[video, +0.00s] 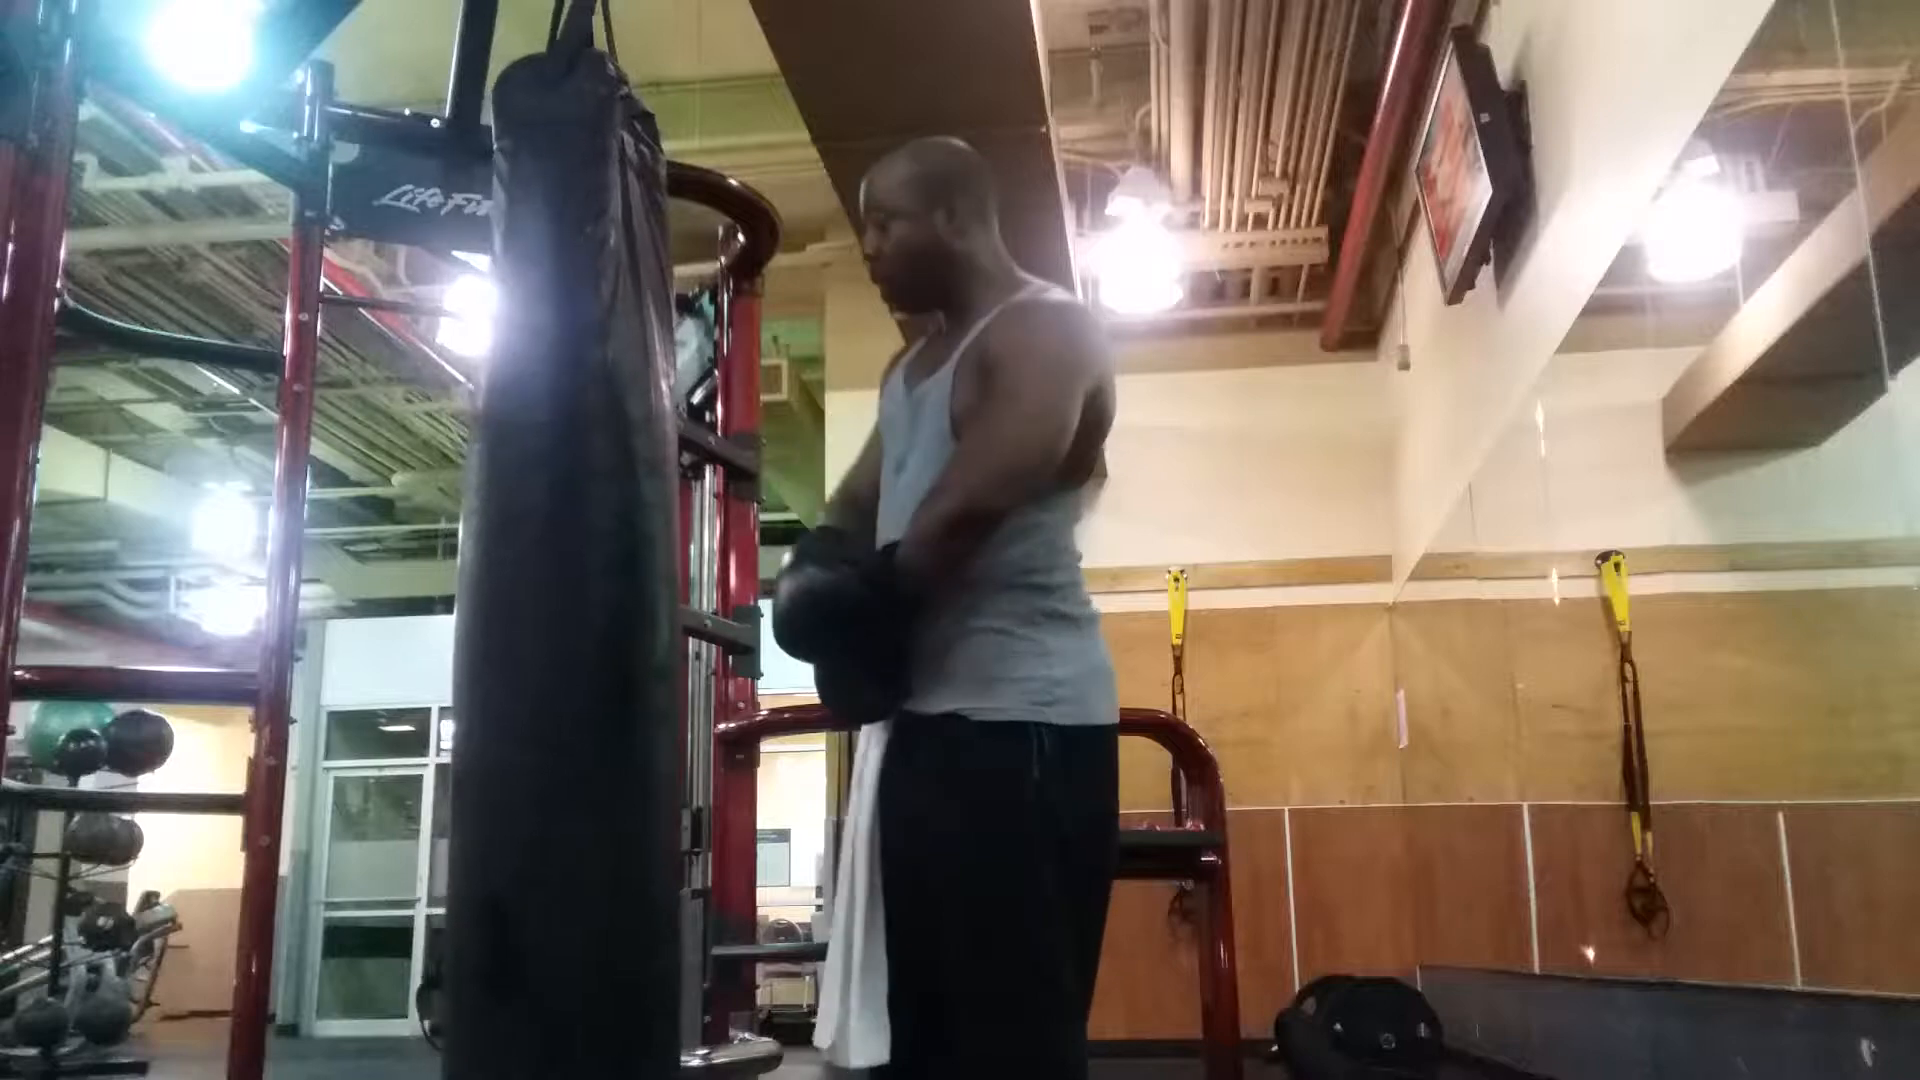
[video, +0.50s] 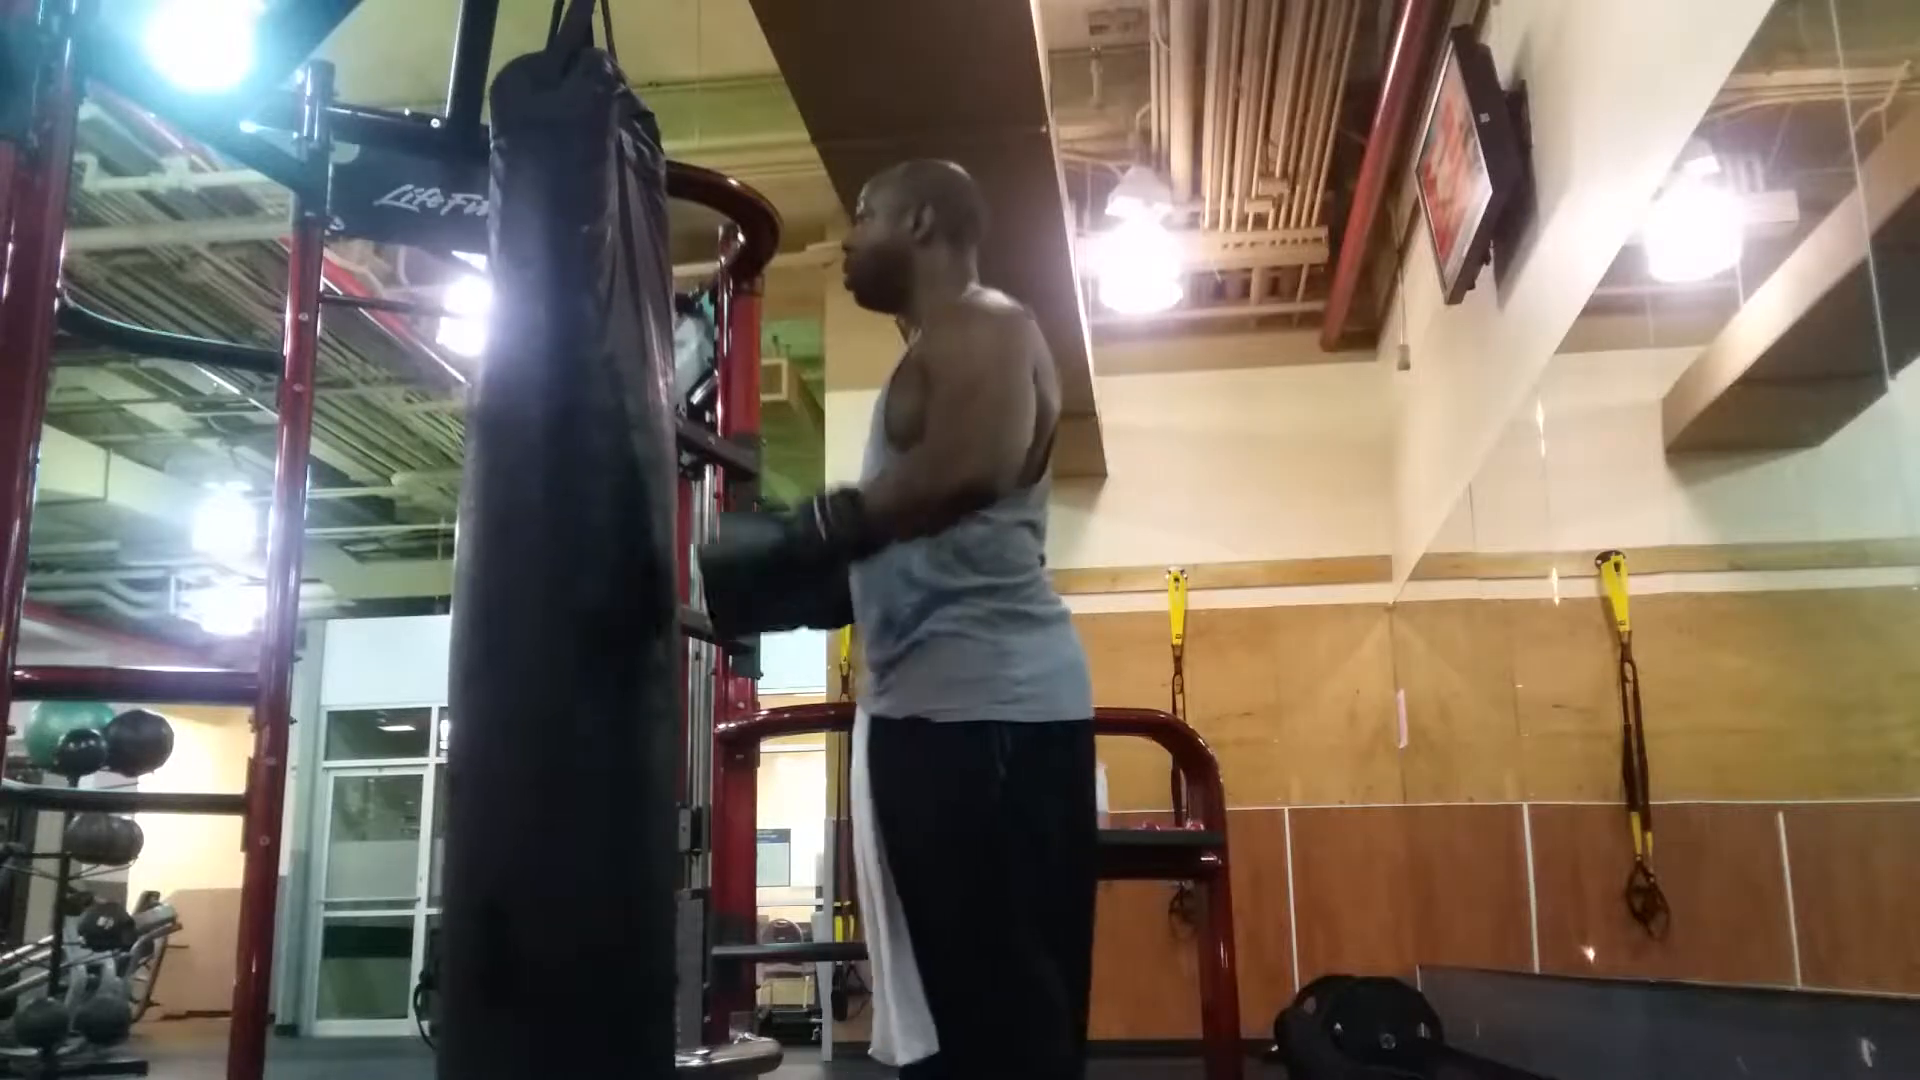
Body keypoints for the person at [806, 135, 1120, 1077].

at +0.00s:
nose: (868, 248)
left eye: (882, 225)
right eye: (865, 230)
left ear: (954, 219)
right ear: (935, 227)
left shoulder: (1042, 320)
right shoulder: (914, 366)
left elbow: (979, 501)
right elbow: (850, 511)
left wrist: (866, 609)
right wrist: (818, 584)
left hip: (1021, 727)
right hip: (926, 726)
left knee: (1005, 1033)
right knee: (923, 1027)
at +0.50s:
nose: (847, 240)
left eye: (864, 216)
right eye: (854, 220)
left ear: (920, 224)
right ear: (926, 229)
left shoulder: (978, 322)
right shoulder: (935, 355)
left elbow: (974, 464)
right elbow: (913, 557)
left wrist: (815, 528)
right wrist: (775, 591)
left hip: (981, 713)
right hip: (947, 713)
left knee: (992, 1022)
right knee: (981, 1021)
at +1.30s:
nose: (824, 311)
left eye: (835, 285)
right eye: (823, 291)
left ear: (900, 273)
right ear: (901, 278)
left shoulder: (968, 348)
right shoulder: (915, 395)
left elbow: (938, 460)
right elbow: (890, 578)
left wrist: (782, 408)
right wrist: (774, 523)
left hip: (947, 708)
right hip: (907, 708)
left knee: (928, 1011)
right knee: (909, 1008)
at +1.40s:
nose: (820, 321)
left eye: (830, 295)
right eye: (818, 301)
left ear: (895, 281)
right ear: (896, 286)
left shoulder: (969, 346)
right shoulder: (919, 395)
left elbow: (925, 466)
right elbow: (880, 571)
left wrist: (774, 424)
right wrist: (770, 516)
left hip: (948, 700)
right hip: (915, 699)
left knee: (899, 972)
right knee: (908, 980)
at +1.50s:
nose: (821, 327)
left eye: (827, 300)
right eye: (815, 309)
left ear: (891, 278)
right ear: (894, 285)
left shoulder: (972, 347)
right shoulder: (916, 396)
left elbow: (923, 467)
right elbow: (884, 567)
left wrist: (798, 431)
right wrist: (770, 499)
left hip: (947, 695)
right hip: (920, 694)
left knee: (885, 949)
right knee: (914, 961)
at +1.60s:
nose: (822, 330)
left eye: (827, 302)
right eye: (816, 312)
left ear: (887, 278)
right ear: (893, 285)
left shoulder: (975, 345)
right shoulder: (912, 394)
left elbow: (923, 466)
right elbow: (886, 548)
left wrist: (803, 422)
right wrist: (780, 481)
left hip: (949, 703)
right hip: (905, 703)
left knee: (934, 995)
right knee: (906, 993)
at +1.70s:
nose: (825, 335)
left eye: (826, 304)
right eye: (818, 313)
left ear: (882, 277)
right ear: (890, 282)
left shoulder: (977, 342)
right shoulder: (910, 387)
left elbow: (922, 481)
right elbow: (881, 542)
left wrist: (803, 443)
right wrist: (790, 463)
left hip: (950, 707)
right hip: (903, 708)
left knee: (951, 1010)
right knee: (924, 1007)